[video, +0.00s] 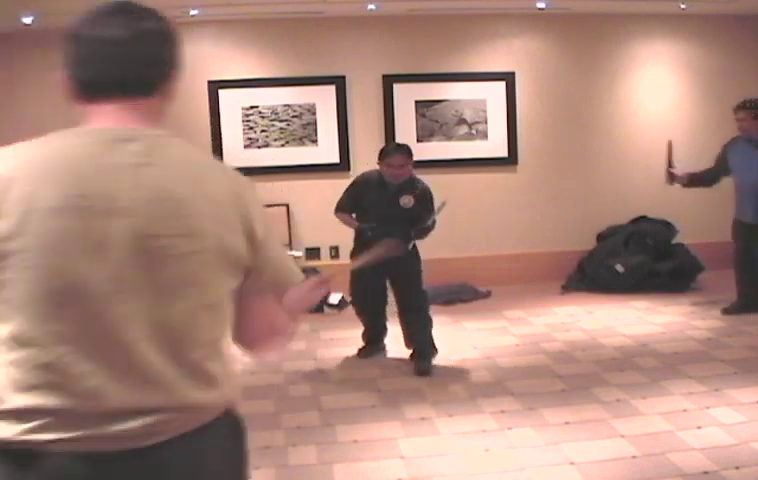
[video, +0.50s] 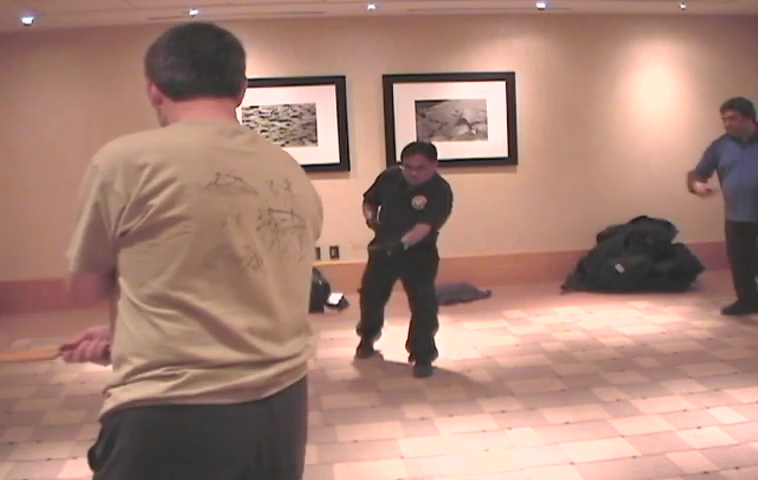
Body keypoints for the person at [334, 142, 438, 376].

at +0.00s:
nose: (398, 172)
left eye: (404, 166)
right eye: (392, 166)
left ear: (411, 166)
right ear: (381, 166)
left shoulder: (419, 190)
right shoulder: (365, 182)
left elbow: (427, 224)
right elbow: (340, 211)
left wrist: (410, 234)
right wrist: (360, 226)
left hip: (402, 250)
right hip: (367, 250)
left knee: (412, 302)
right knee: (365, 299)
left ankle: (422, 354)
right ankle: (374, 341)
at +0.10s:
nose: (398, 170)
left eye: (405, 165)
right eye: (394, 164)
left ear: (417, 165)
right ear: (387, 163)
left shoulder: (424, 192)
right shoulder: (372, 180)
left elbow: (429, 229)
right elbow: (348, 207)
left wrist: (426, 229)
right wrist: (359, 224)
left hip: (406, 251)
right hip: (372, 251)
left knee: (416, 303)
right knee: (367, 299)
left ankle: (423, 355)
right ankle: (373, 341)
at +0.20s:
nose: (401, 168)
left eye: (408, 163)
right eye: (397, 163)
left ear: (422, 164)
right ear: (390, 162)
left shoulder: (428, 188)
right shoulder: (379, 177)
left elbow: (437, 226)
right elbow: (357, 200)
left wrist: (423, 232)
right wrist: (360, 216)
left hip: (408, 250)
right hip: (376, 249)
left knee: (418, 304)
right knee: (368, 294)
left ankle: (422, 356)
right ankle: (372, 338)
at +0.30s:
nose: (406, 169)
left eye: (413, 164)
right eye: (403, 163)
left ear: (428, 165)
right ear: (397, 161)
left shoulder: (434, 187)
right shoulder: (384, 176)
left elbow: (425, 222)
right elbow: (364, 201)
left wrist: (415, 228)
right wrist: (366, 216)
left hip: (412, 248)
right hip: (380, 246)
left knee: (419, 302)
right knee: (369, 293)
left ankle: (422, 356)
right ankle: (370, 335)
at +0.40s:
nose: (412, 172)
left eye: (418, 166)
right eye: (407, 165)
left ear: (432, 165)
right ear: (401, 163)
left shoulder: (438, 187)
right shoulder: (387, 177)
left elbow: (426, 219)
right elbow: (367, 202)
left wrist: (400, 234)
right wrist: (371, 221)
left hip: (416, 250)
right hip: (382, 248)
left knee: (421, 303)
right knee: (370, 294)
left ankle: (423, 357)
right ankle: (367, 337)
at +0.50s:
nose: (413, 174)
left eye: (420, 168)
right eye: (408, 167)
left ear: (434, 166)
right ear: (401, 164)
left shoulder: (441, 191)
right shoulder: (389, 178)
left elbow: (426, 225)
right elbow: (369, 201)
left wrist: (400, 244)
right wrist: (371, 221)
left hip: (419, 251)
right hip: (384, 247)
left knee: (423, 304)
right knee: (370, 295)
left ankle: (423, 357)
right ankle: (367, 338)